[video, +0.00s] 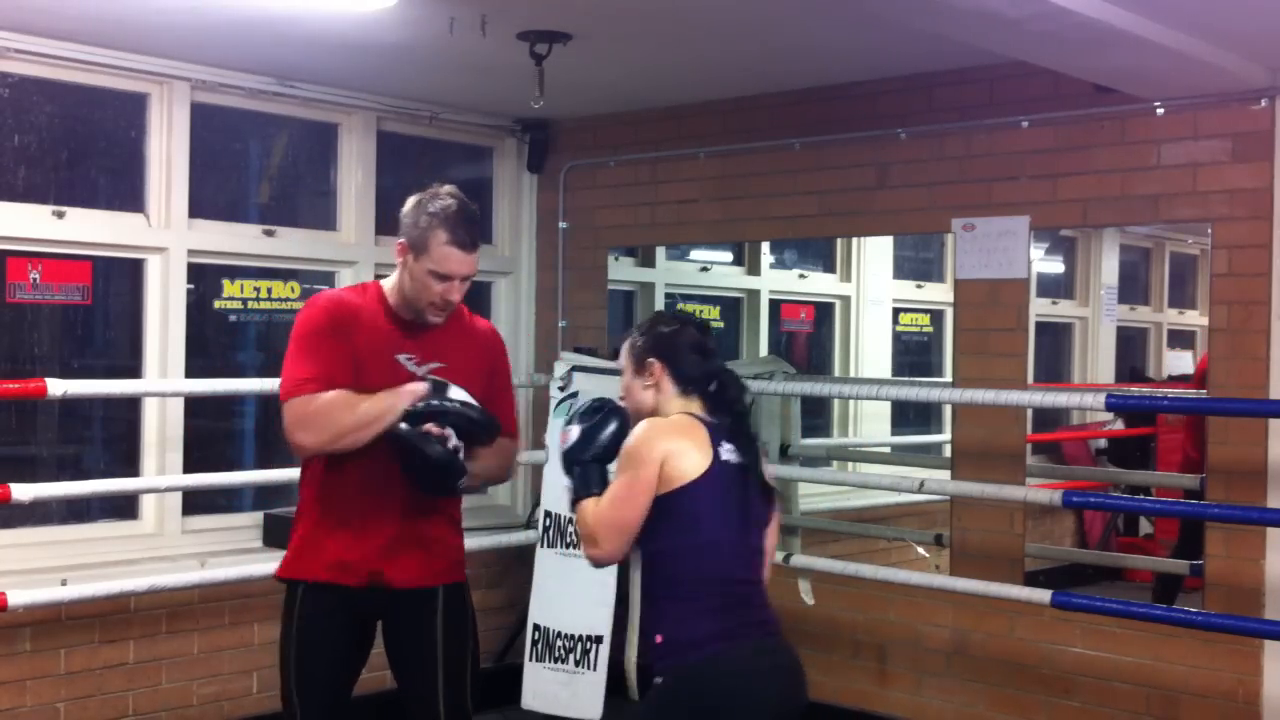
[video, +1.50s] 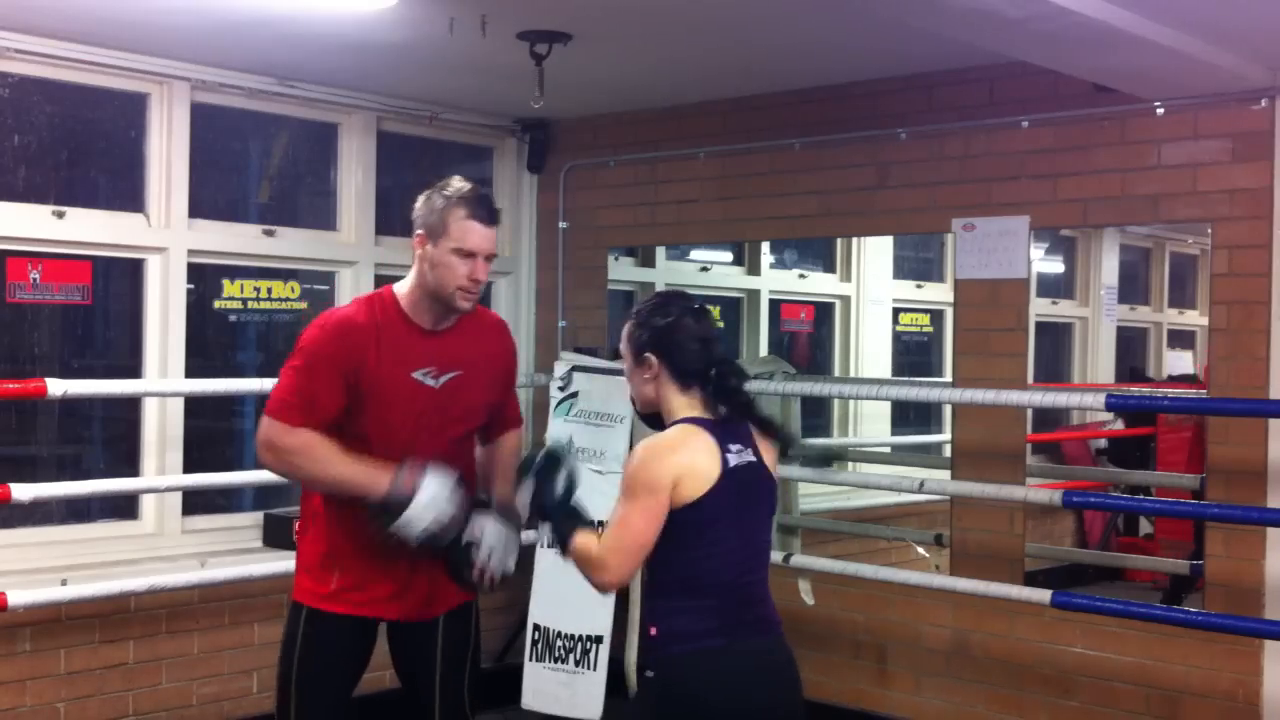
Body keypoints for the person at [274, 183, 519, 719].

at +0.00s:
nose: (453, 294)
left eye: (466, 280)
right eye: (440, 277)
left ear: (476, 266)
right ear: (402, 254)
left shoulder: (481, 340)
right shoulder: (331, 314)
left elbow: (503, 454)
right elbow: (304, 430)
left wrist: (462, 460)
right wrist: (406, 397)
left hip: (431, 571)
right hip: (332, 567)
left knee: (444, 709)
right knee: (312, 709)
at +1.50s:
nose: (480, 274)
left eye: (488, 259)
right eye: (465, 255)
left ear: (494, 257)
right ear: (421, 247)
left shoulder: (492, 338)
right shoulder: (344, 331)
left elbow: (502, 431)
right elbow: (277, 440)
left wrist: (501, 511)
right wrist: (399, 483)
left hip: (442, 585)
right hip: (338, 582)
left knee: (448, 709)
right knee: (307, 711)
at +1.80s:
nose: (431, 264)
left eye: (439, 249)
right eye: (416, 244)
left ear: (444, 253)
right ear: (370, 241)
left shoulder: (446, 342)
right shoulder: (290, 334)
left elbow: (483, 430)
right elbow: (224, 442)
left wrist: (485, 477)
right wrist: (329, 469)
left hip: (400, 587)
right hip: (297, 583)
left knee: (419, 711)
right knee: (263, 711)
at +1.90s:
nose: (392, 262)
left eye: (399, 247)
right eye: (377, 243)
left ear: (404, 249)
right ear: (330, 240)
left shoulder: (408, 335)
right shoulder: (260, 334)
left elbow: (456, 437)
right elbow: (233, 451)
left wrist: (474, 413)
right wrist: (327, 393)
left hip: (376, 584)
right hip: (273, 588)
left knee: (407, 710)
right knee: (250, 711)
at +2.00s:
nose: (364, 257)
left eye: (370, 243)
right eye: (348, 240)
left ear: (378, 243)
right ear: (300, 237)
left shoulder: (383, 329)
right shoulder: (239, 326)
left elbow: (454, 417)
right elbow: (245, 434)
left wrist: (455, 337)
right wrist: (308, 337)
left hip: (359, 577)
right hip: (257, 579)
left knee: (396, 710)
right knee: (242, 712)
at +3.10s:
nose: (307, 260)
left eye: (314, 246)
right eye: (292, 245)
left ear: (321, 242)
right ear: (246, 239)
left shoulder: (333, 324)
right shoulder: (193, 324)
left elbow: (386, 421)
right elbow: (180, 414)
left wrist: (396, 372)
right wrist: (253, 318)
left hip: (344, 577)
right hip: (242, 585)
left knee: (375, 709)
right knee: (238, 713)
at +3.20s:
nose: (306, 256)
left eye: (312, 241)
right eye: (290, 239)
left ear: (316, 242)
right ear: (245, 239)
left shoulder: (331, 330)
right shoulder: (188, 333)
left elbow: (369, 424)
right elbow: (180, 435)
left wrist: (402, 438)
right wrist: (255, 335)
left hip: (338, 578)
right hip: (236, 589)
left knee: (371, 708)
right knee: (231, 715)